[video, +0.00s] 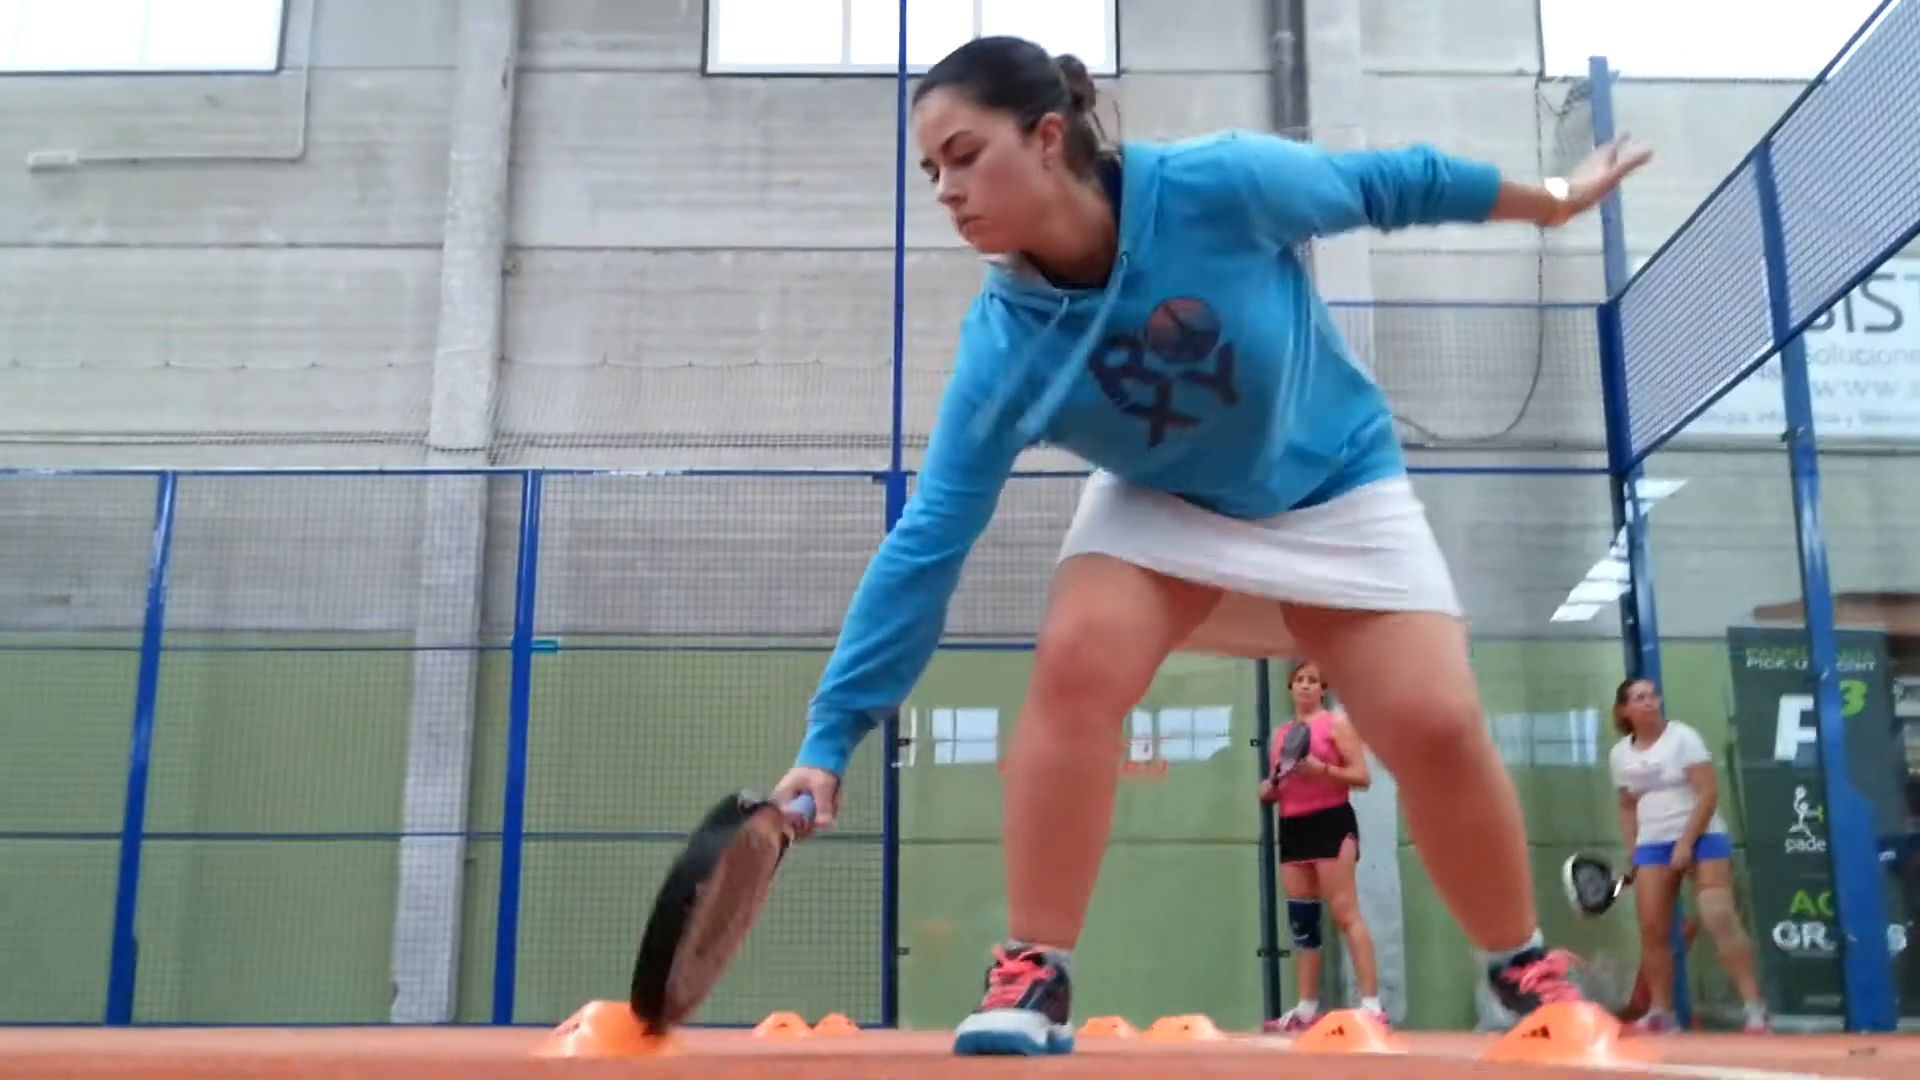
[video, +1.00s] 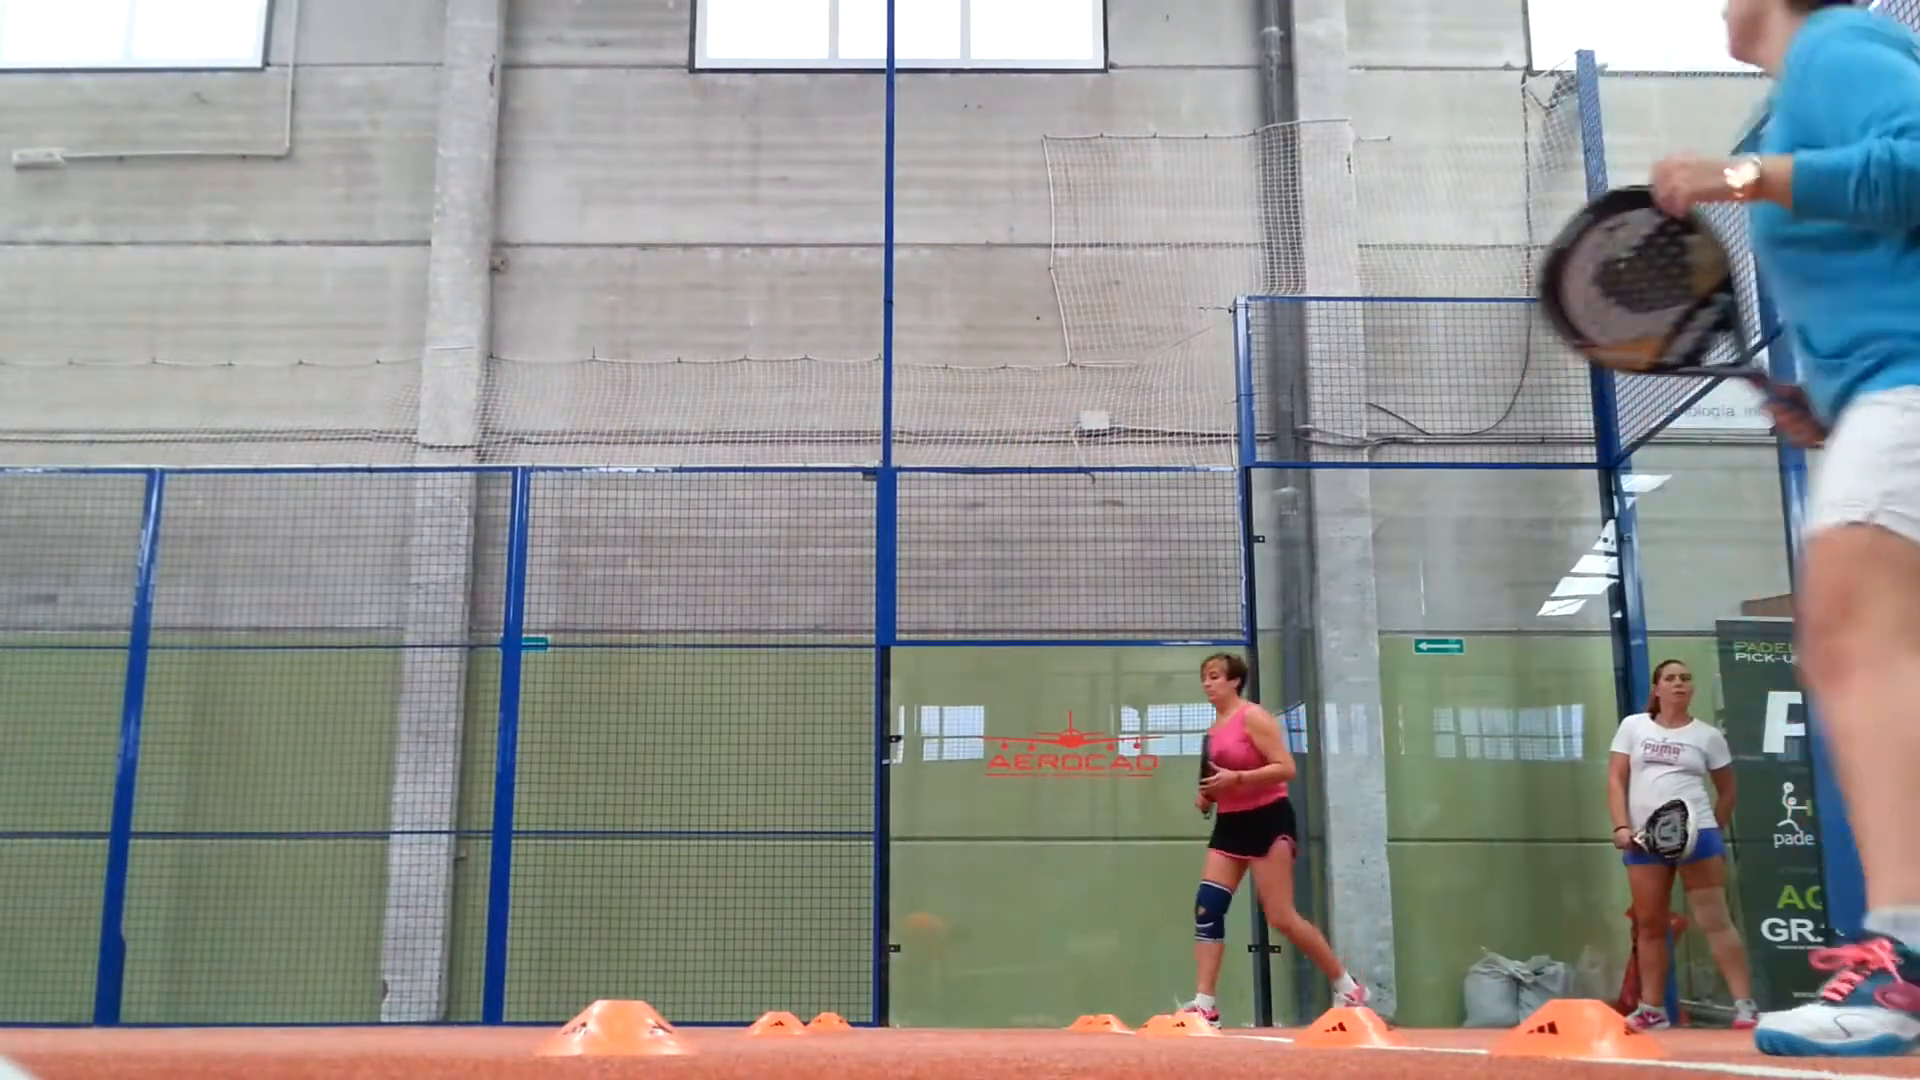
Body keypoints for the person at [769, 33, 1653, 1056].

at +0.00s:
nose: (945, 193)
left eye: (960, 157)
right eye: (932, 173)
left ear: (1049, 131)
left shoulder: (1223, 186)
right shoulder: (1006, 344)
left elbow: (1390, 185)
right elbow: (926, 542)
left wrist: (1548, 202)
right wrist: (822, 748)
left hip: (1335, 473)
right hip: (1163, 488)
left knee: (1435, 722)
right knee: (1075, 660)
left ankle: (1525, 977)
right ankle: (1032, 978)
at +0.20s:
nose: (1004, 85)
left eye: (1026, 48)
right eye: (995, 67)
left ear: (1119, 46)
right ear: (1007, 101)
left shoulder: (1273, 128)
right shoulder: (1050, 277)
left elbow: (1451, 171)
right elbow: (980, 470)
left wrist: (1620, 210)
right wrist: (887, 667)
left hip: (1389, 434)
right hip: (1211, 465)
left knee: (1525, 623)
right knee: (1126, 647)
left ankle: (1624, 877)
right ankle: (1046, 969)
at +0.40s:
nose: (1270, 3)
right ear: (1261, 5)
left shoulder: (1494, 39)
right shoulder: (1251, 147)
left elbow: (1663, 164)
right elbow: (1240, 363)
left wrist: (1838, 251)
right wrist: (1193, 511)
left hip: (1558, 402)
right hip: (1366, 430)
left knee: (1628, 648)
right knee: (1261, 648)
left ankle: (1826, 950)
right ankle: (1064, 952)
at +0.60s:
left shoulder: (1691, 4)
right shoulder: (1457, 77)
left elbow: (1870, 105)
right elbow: (1482, 280)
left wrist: (1832, 45)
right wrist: (1454, 411)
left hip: (1734, 354)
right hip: (1556, 388)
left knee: (1716, 633)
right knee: (1477, 637)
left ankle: (1819, 963)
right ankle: (1535, 947)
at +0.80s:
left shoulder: (1786, 3)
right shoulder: (1602, 71)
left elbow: (1907, 81)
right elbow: (1683, 260)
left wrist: (1762, 35)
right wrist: (1654, 386)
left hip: (1846, 296)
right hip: (1728, 351)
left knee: (1746, 617)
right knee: (1765, 660)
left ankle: (1900, 945)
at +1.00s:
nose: (1720, 12)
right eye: (1722, 1)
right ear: (1786, 2)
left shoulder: (1839, 48)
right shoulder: (1803, 86)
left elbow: (1908, 163)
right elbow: (1861, 274)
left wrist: (1746, 174)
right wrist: (1827, 401)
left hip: (1898, 381)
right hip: (1864, 394)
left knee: (1854, 635)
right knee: (1854, 643)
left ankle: (1895, 957)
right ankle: (1891, 959)